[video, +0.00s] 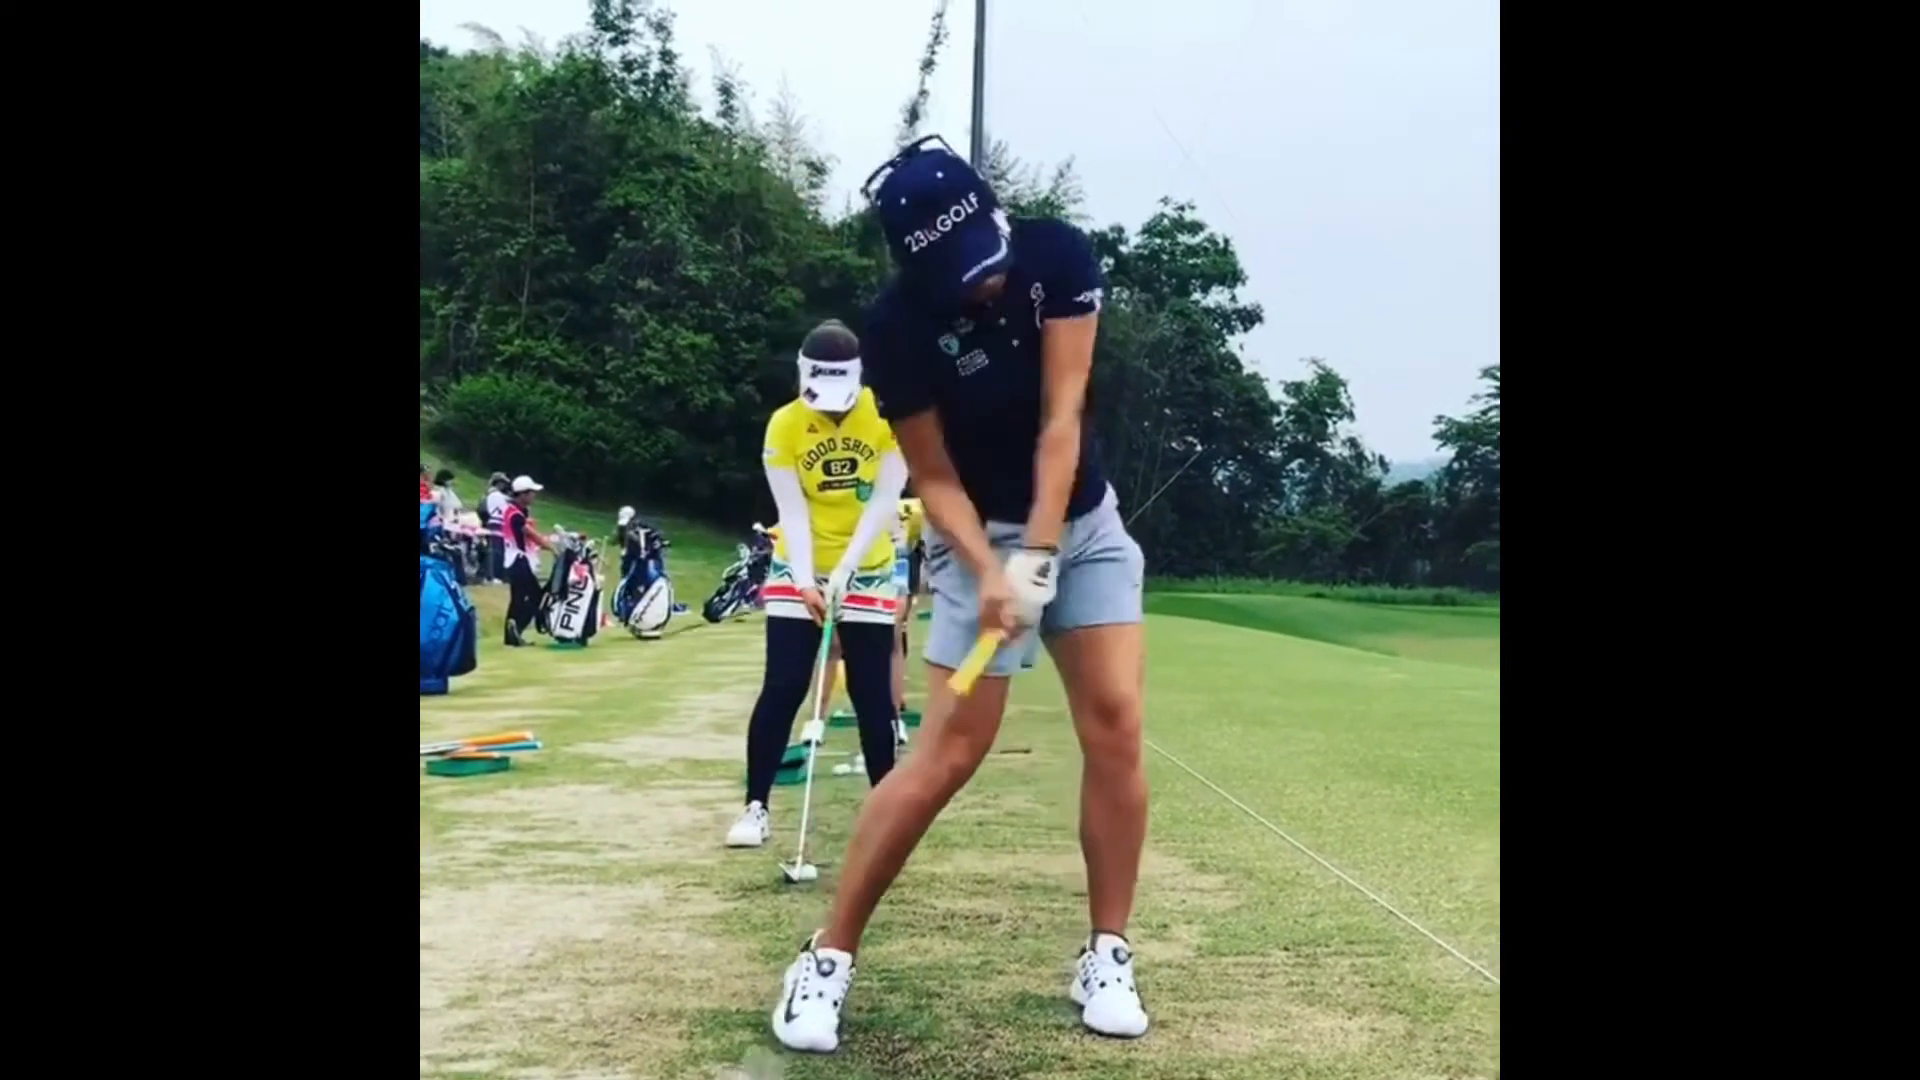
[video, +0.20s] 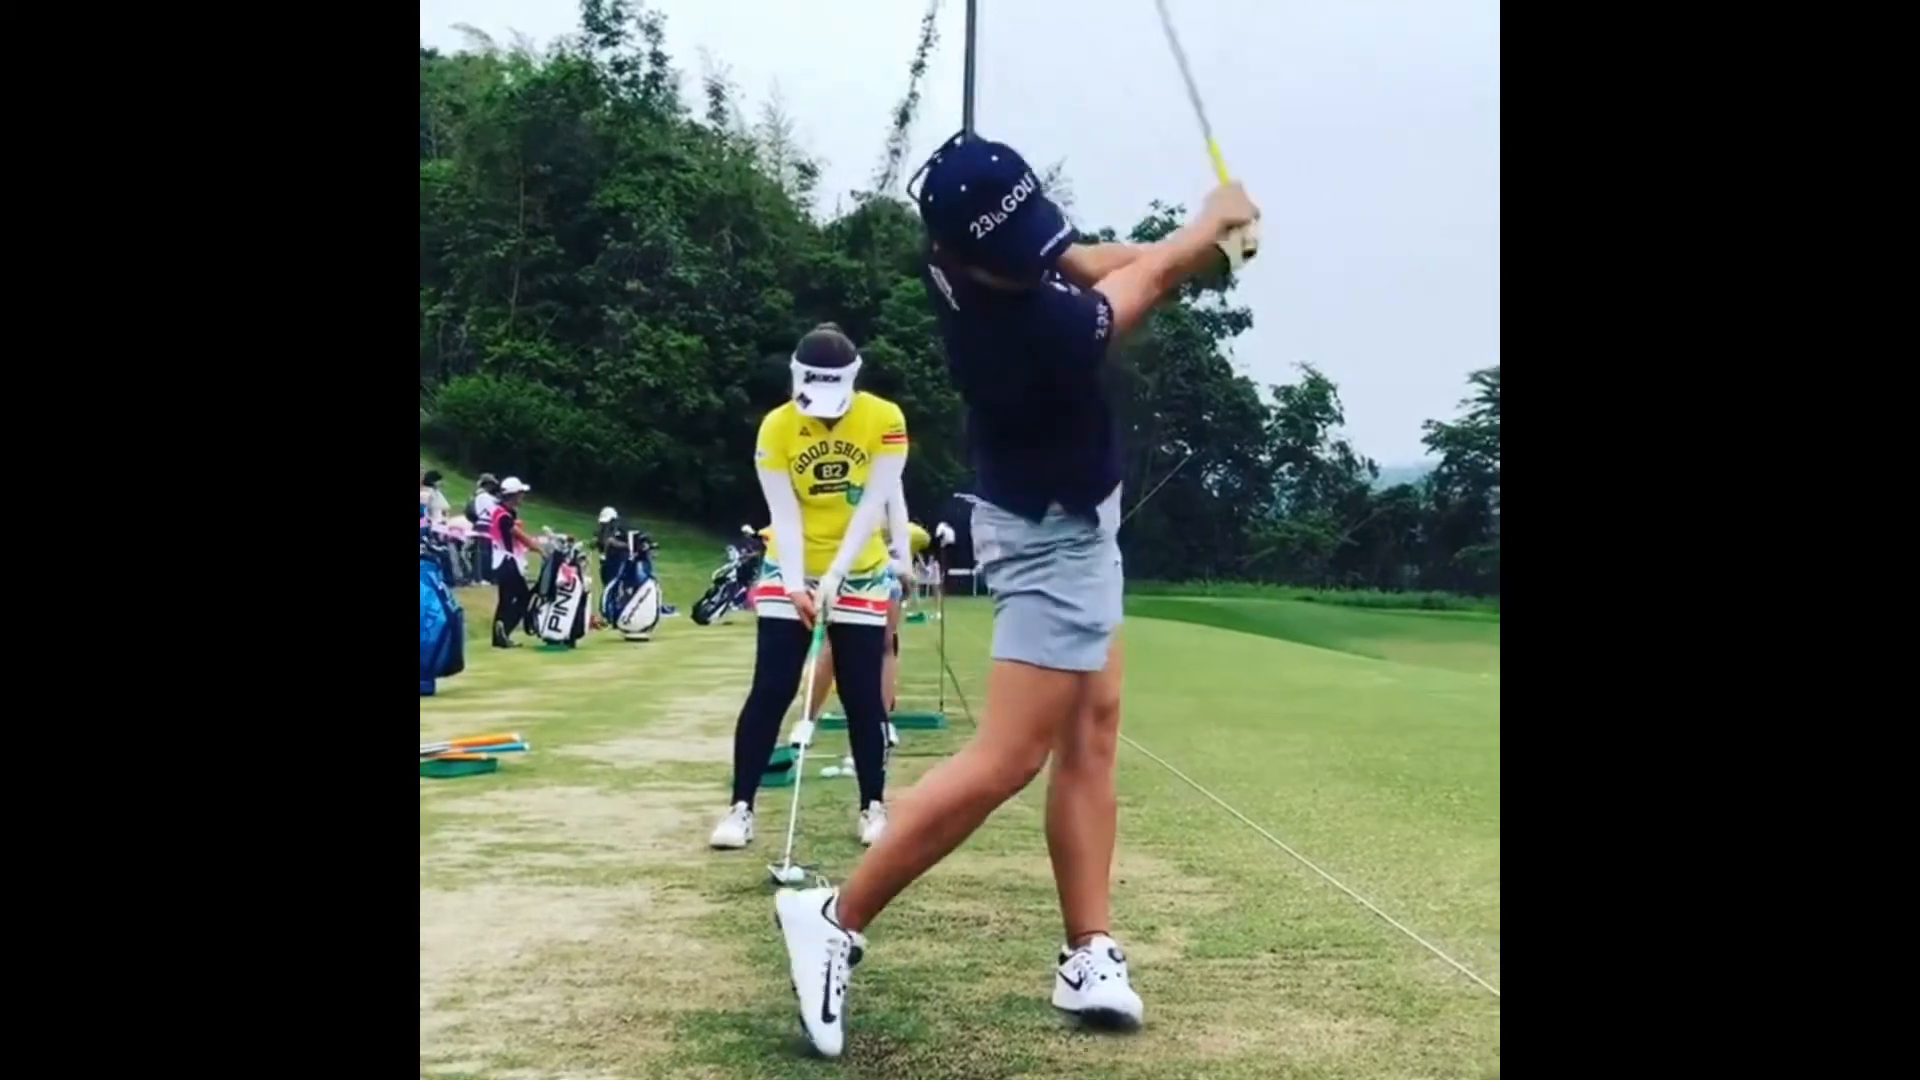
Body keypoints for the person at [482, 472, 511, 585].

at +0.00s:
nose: (506, 487)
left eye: (506, 485)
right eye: (505, 485)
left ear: (494, 484)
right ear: (501, 485)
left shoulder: (489, 496)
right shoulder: (502, 497)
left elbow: (484, 510)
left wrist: (485, 521)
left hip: (492, 524)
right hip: (499, 525)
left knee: (493, 550)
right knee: (499, 550)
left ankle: (490, 574)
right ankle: (498, 575)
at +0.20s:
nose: (495, 489)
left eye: (495, 486)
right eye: (494, 487)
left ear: (481, 485)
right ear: (492, 486)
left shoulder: (477, 497)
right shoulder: (494, 499)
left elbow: (469, 512)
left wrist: (476, 521)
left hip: (478, 528)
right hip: (488, 529)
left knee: (477, 554)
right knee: (486, 554)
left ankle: (477, 577)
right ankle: (486, 577)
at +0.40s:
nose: (484, 489)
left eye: (483, 487)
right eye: (483, 487)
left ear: (472, 486)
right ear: (482, 487)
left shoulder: (467, 499)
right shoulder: (484, 501)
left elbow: (459, 514)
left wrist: (466, 522)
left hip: (467, 528)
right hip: (478, 529)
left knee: (466, 554)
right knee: (477, 554)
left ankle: (467, 578)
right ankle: (477, 578)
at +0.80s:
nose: (470, 492)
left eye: (469, 490)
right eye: (469, 490)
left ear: (458, 490)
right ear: (467, 490)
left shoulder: (454, 502)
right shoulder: (471, 504)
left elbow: (445, 516)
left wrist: (453, 525)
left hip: (454, 534)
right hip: (464, 534)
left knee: (454, 558)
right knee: (463, 558)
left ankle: (453, 582)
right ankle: (464, 581)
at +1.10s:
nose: (467, 496)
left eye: (467, 494)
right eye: (466, 493)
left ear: (455, 493)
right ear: (463, 494)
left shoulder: (450, 506)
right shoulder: (466, 508)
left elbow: (443, 521)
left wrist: (449, 529)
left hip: (451, 537)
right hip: (461, 537)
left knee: (452, 562)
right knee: (461, 561)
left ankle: (451, 585)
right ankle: (460, 585)